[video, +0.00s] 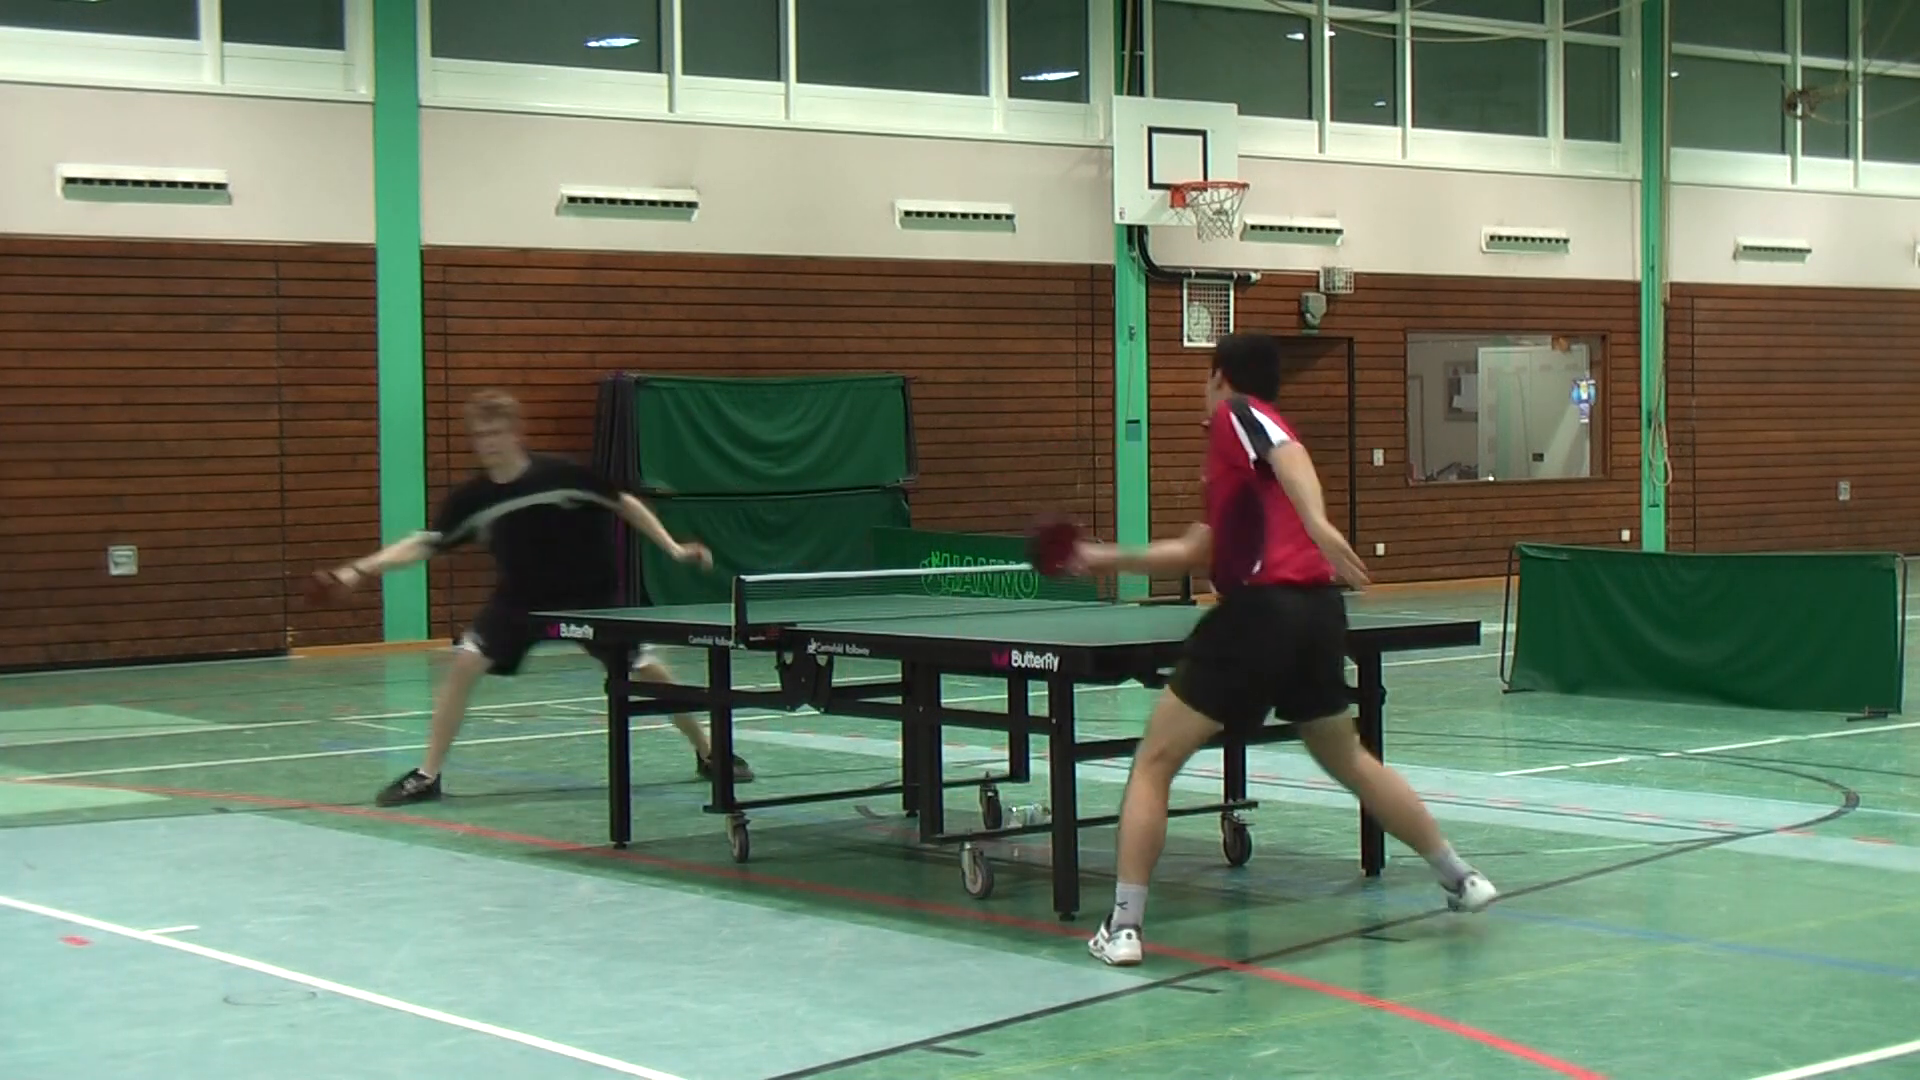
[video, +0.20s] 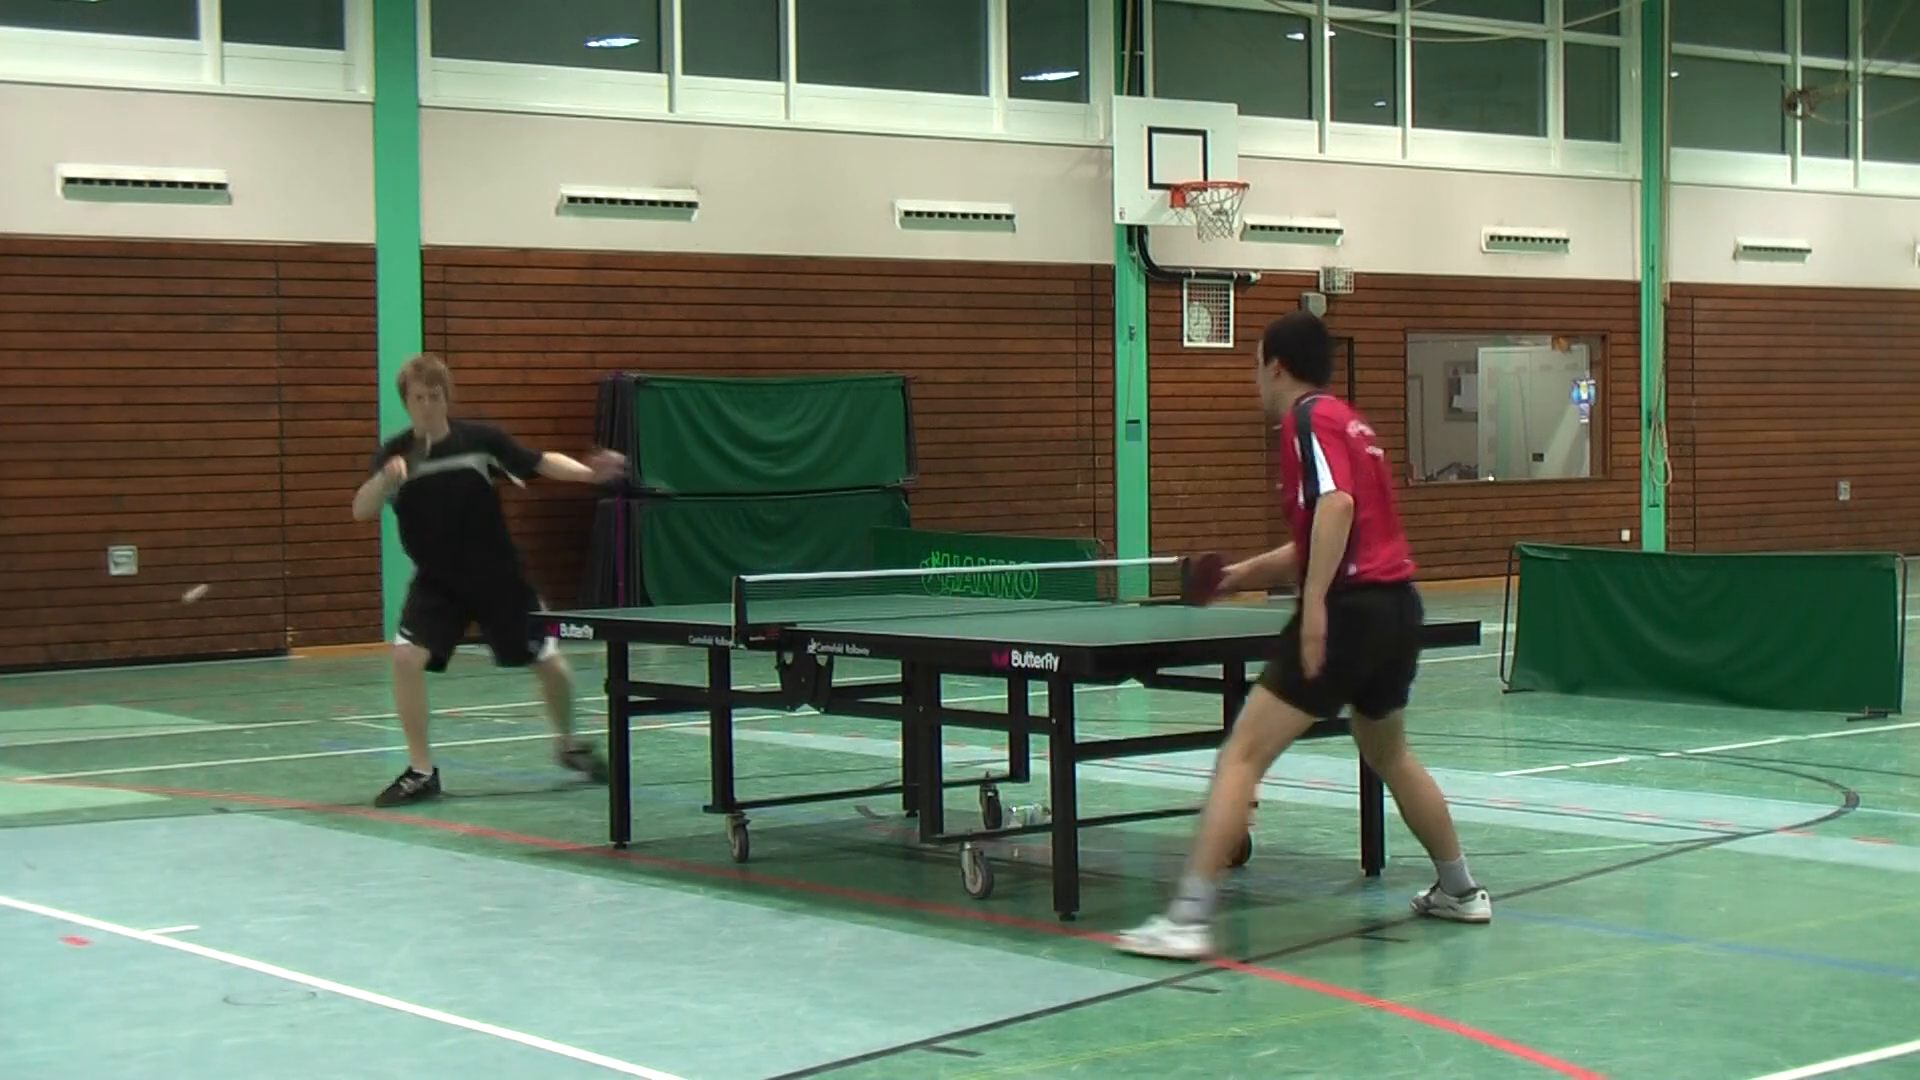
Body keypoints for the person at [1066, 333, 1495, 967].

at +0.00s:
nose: (1205, 389)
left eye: (1208, 379)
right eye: (1209, 380)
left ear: (1222, 380)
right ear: (1262, 385)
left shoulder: (1236, 411)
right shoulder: (1253, 436)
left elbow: (1287, 454)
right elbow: (1200, 549)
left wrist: (1318, 526)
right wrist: (1108, 557)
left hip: (1256, 616)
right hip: (1317, 615)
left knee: (1155, 764)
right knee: (1350, 760)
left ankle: (1124, 928)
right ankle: (1460, 877)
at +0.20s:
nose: (1257, 382)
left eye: (1259, 369)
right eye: (1259, 369)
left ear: (1279, 367)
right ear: (1319, 368)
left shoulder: (1309, 417)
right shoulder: (1345, 418)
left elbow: (1338, 505)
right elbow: (1323, 542)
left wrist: (1313, 602)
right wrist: (1240, 573)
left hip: (1347, 609)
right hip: (1394, 608)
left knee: (1242, 756)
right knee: (1388, 753)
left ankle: (1188, 917)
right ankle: (1459, 888)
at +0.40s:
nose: (1289, 361)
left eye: (1289, 348)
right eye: (1288, 349)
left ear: (1309, 345)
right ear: (1353, 344)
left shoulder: (1336, 399)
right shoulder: (1394, 398)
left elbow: (1344, 490)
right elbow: (1414, 496)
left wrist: (1299, 592)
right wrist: (1353, 576)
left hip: (1374, 591)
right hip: (1431, 587)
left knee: (1305, 751)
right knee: (1412, 735)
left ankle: (1357, 909)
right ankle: (1462, 887)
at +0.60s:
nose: (1285, 346)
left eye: (1286, 334)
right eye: (1286, 334)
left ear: (1306, 333)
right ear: (1351, 332)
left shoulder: (1336, 394)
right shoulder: (1393, 387)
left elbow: (1362, 491)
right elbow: (1446, 481)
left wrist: (1333, 591)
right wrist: (1398, 549)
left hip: (1381, 590)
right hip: (1432, 585)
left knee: (1313, 751)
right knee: (1420, 735)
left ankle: (1376, 910)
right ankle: (1461, 888)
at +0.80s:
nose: (1266, 339)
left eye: (1268, 327)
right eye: (1267, 326)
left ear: (1289, 329)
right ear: (1331, 327)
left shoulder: (1331, 393)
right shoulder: (1370, 386)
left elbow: (1368, 497)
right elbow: (1407, 484)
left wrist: (1363, 602)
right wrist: (1330, 568)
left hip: (1351, 592)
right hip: (1398, 588)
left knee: (1304, 756)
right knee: (1393, 736)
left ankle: (1375, 917)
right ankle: (1444, 884)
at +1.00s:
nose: (1239, 313)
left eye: (1243, 300)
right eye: (1241, 300)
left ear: (1268, 305)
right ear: (1293, 305)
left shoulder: (1326, 369)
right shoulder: (1303, 374)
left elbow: (1359, 474)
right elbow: (1318, 477)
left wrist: (1316, 576)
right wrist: (1259, 526)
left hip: (1349, 573)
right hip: (1325, 569)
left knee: (1335, 740)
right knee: (1294, 723)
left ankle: (1378, 916)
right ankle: (1384, 868)